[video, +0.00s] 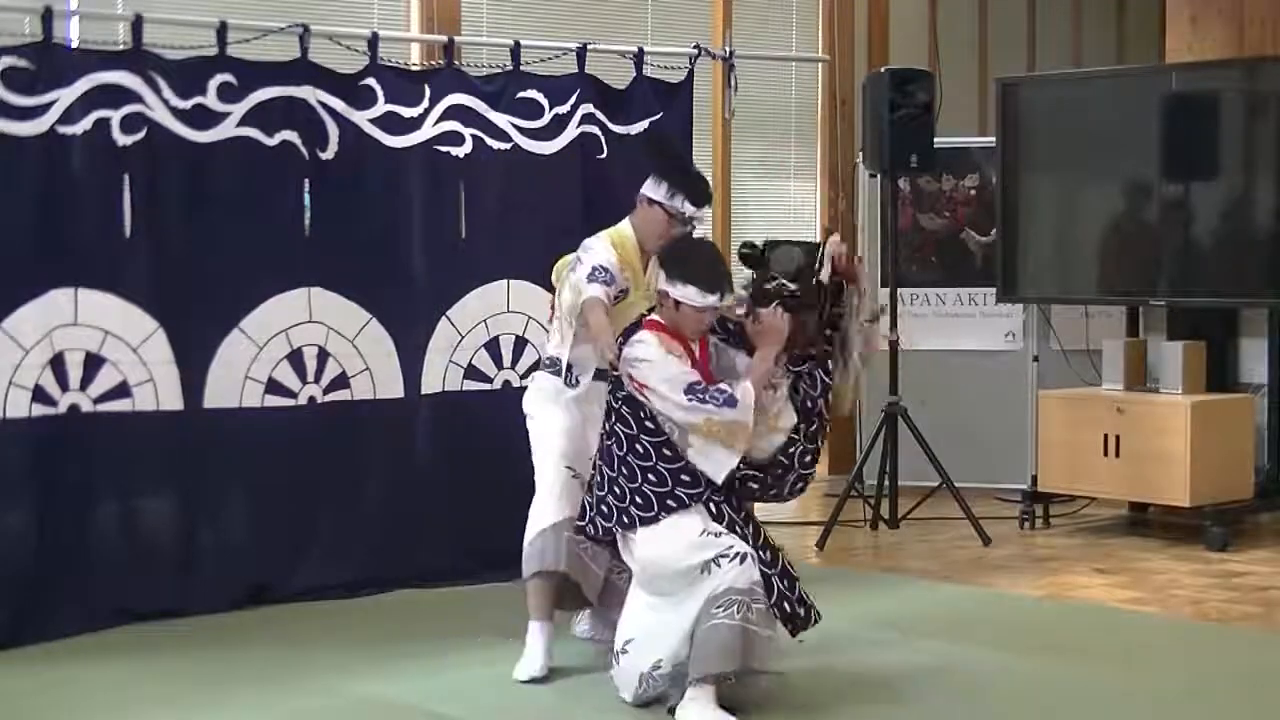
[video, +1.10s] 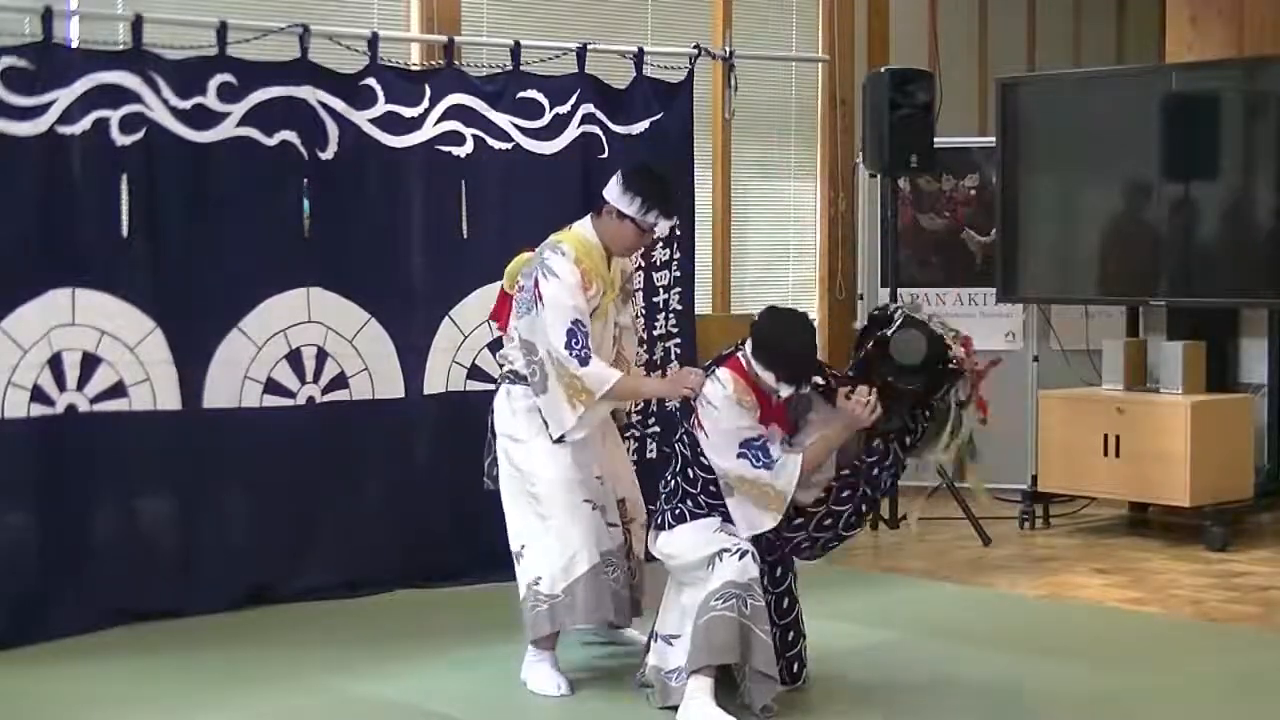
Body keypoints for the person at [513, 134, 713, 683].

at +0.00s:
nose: (681, 232)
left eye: (688, 222)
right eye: (676, 218)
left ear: (680, 220)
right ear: (645, 206)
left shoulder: (664, 263)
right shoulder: (603, 250)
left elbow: (689, 322)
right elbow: (593, 308)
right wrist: (618, 359)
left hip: (619, 393)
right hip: (564, 389)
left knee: (631, 502)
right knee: (557, 496)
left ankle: (602, 616)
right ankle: (537, 635)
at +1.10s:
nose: (649, 244)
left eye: (655, 235)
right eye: (647, 232)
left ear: (622, 219)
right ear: (618, 216)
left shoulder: (618, 264)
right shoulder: (561, 263)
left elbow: (624, 349)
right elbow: (580, 365)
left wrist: (653, 385)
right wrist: (660, 387)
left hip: (584, 408)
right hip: (533, 413)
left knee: (620, 510)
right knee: (559, 527)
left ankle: (606, 616)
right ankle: (541, 652)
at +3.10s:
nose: (656, 273)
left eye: (661, 265)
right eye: (657, 259)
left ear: (629, 242)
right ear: (634, 239)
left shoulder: (570, 267)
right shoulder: (595, 275)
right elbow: (637, 357)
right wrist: (678, 391)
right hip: (508, 399)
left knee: (609, 508)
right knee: (494, 522)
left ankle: (630, 642)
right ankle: (480, 649)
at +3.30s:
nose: (651, 285)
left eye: (656, 277)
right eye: (652, 273)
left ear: (621, 252)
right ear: (631, 253)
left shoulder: (566, 276)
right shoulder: (592, 283)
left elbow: (546, 377)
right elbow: (651, 363)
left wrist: (586, 436)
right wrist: (703, 400)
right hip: (499, 403)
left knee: (604, 510)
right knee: (488, 525)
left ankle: (628, 642)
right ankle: (479, 650)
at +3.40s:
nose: (646, 290)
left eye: (651, 283)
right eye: (648, 277)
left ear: (621, 255)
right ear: (629, 256)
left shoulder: (559, 273)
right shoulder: (593, 283)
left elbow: (547, 380)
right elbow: (643, 341)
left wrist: (579, 433)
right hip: (501, 406)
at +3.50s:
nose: (644, 290)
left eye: (649, 282)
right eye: (646, 276)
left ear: (619, 255)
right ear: (627, 255)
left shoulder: (559, 274)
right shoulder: (594, 280)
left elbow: (543, 384)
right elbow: (656, 349)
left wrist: (581, 443)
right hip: (492, 403)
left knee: (593, 512)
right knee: (487, 526)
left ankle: (627, 643)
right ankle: (478, 653)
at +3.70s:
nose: (640, 280)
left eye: (646, 271)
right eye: (643, 266)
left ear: (613, 243)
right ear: (622, 245)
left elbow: (542, 370)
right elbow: (634, 353)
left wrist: (577, 432)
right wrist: (654, 408)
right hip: (498, 399)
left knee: (594, 510)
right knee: (488, 522)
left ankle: (627, 642)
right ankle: (478, 652)